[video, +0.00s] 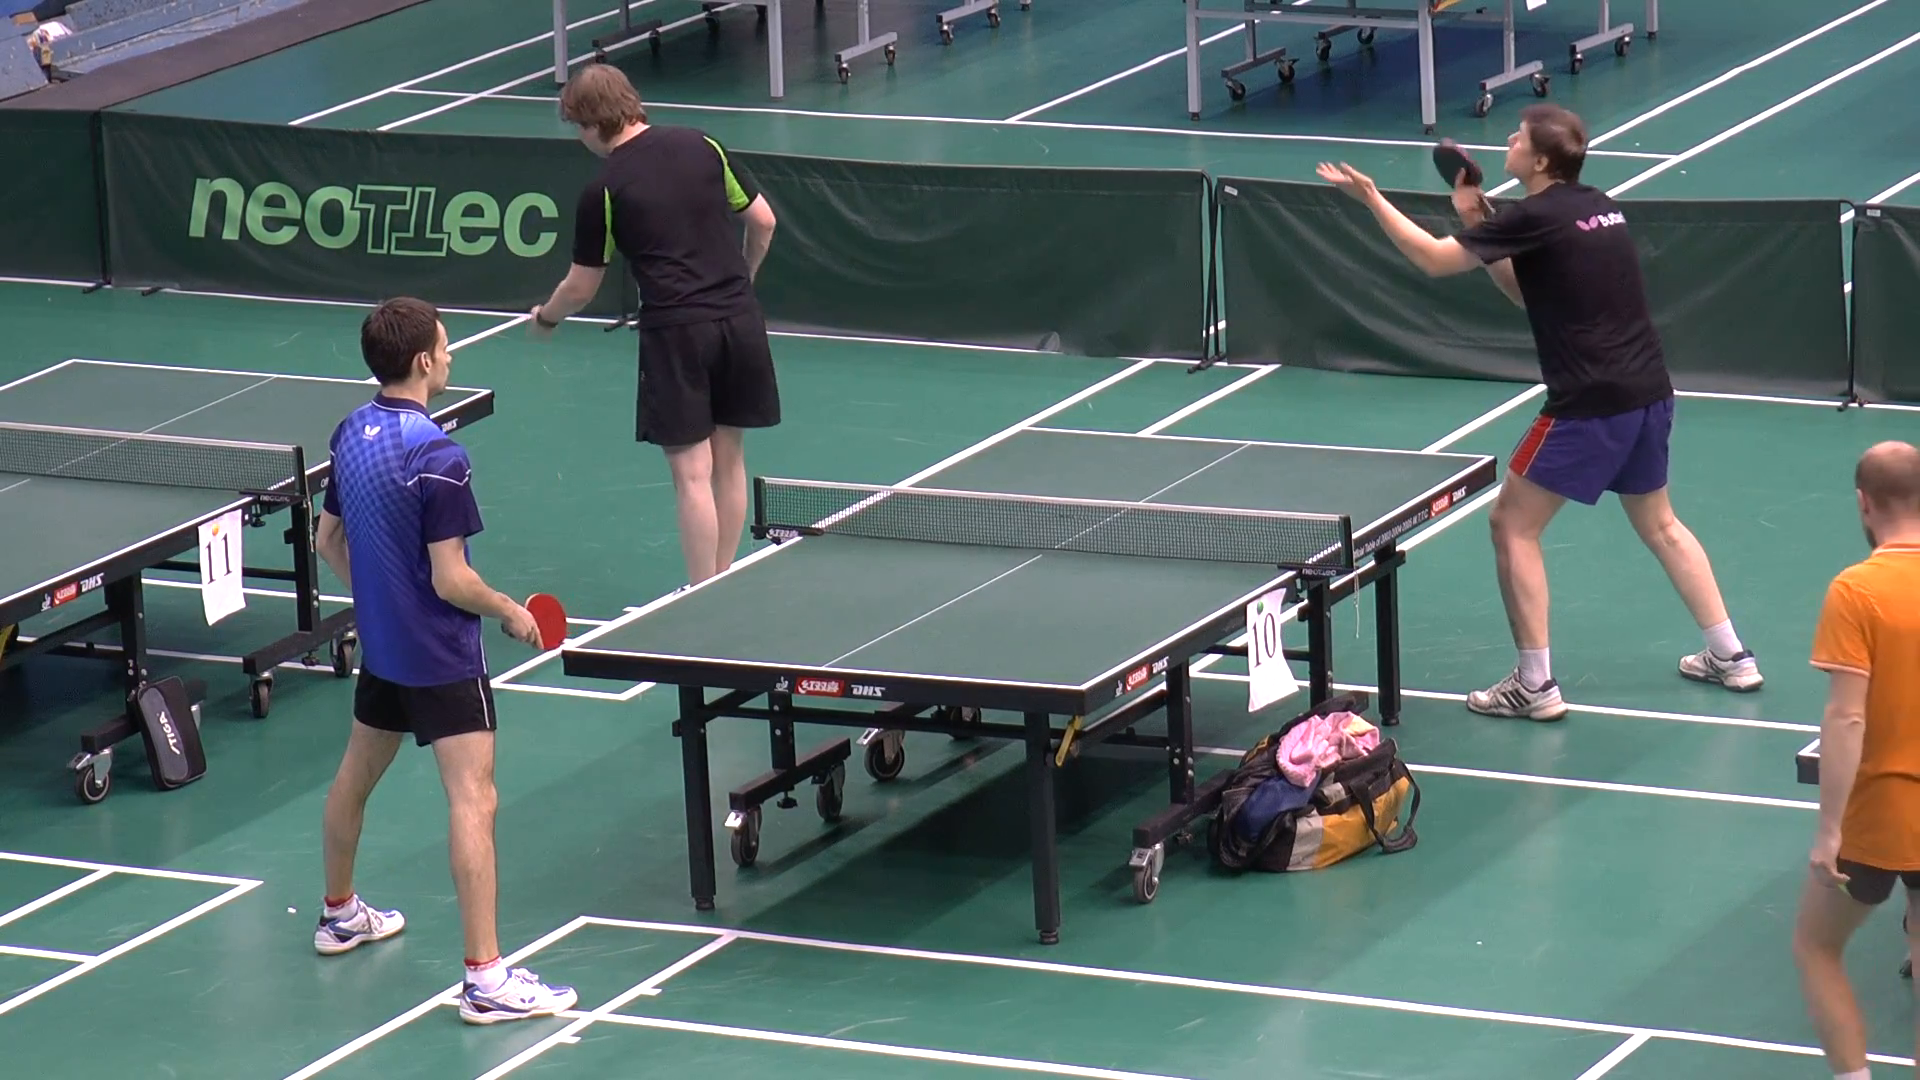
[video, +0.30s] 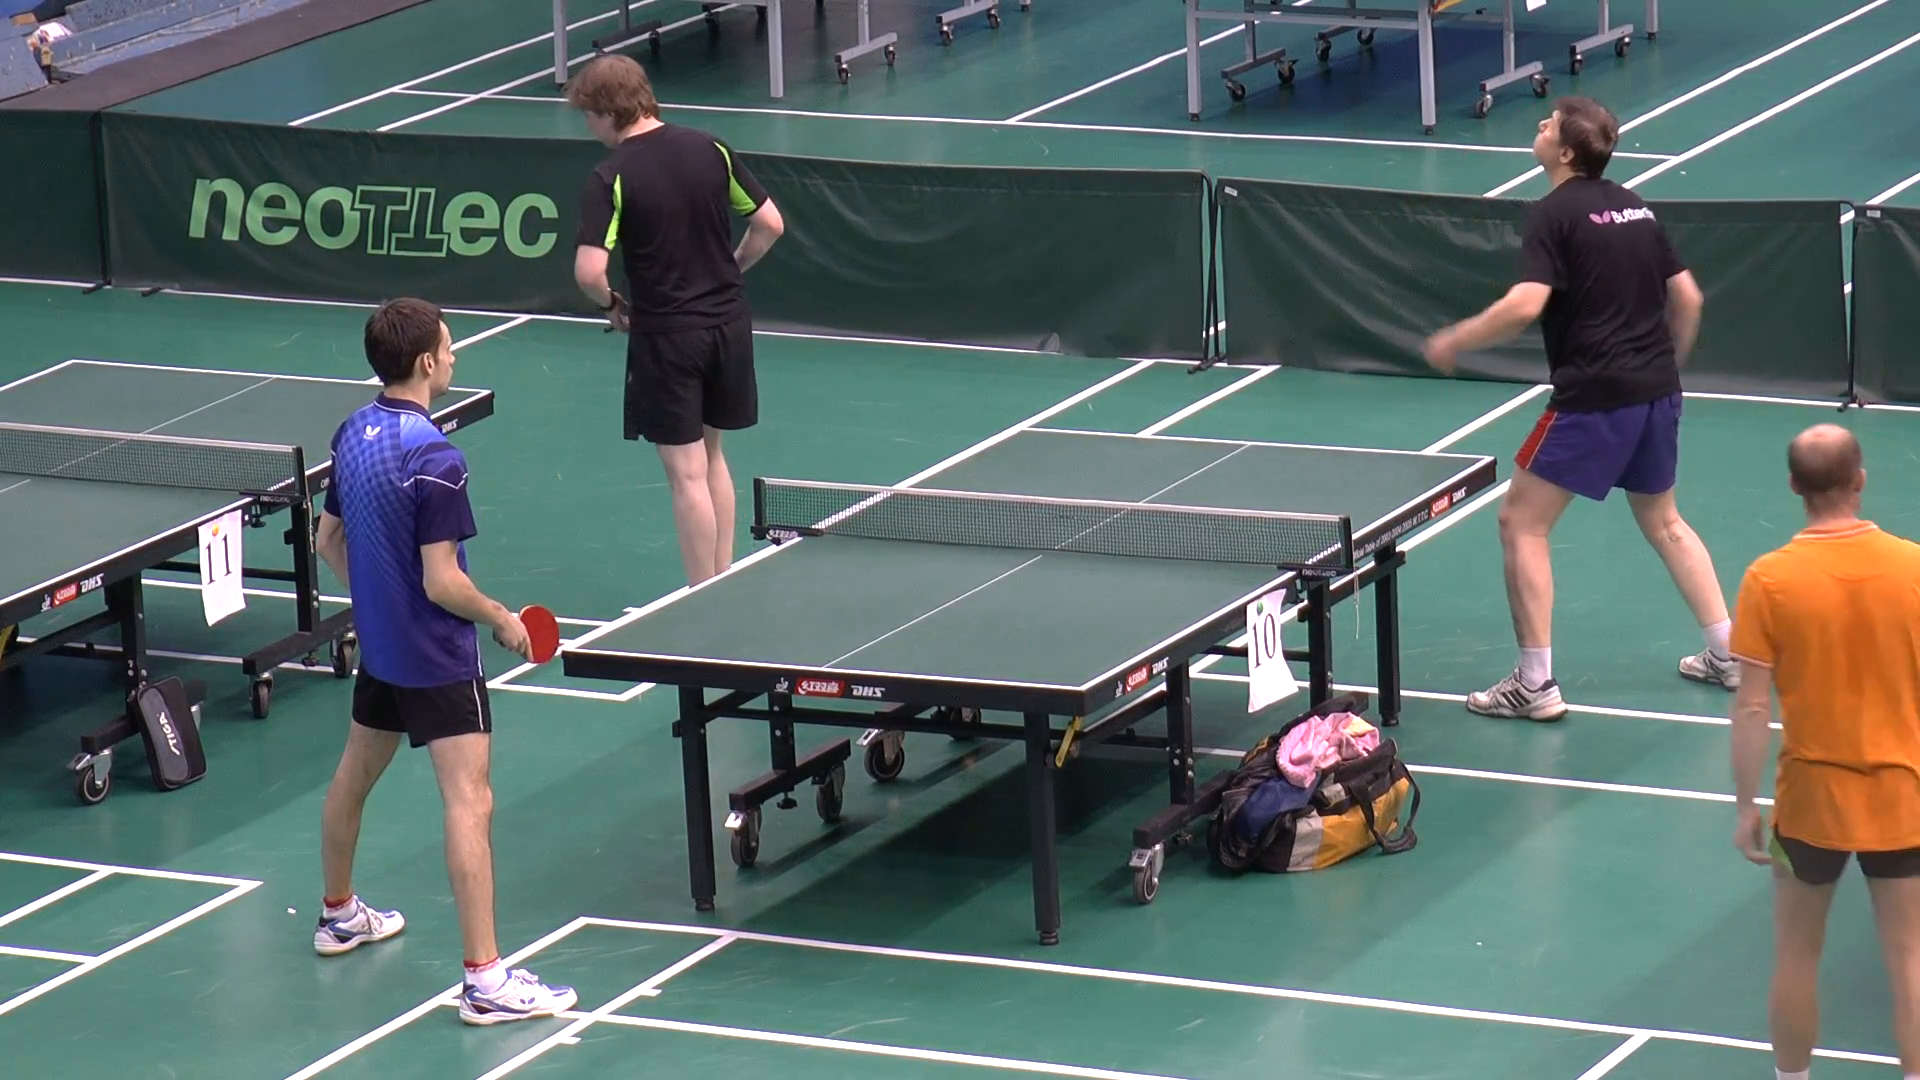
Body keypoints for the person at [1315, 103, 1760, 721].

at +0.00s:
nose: (1509, 143)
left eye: (1518, 137)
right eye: (1515, 135)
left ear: (1538, 156)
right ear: (1565, 160)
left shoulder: (1532, 214)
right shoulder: (1598, 205)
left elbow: (1435, 258)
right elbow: (1529, 292)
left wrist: (1371, 198)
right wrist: (1478, 222)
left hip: (1587, 405)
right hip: (1649, 395)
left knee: (1513, 525)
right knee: (1662, 525)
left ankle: (1534, 683)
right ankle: (1731, 655)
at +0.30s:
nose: (1539, 130)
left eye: (1547, 126)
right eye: (1545, 122)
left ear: (1564, 148)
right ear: (1595, 153)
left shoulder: (1552, 214)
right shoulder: (1634, 205)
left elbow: (1525, 305)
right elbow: (1687, 298)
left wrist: (1452, 339)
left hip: (1594, 399)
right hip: (1658, 394)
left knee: (1522, 521)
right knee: (1663, 520)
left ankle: (1534, 682)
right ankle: (1727, 651)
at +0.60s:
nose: (1547, 125)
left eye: (1555, 119)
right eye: (1553, 116)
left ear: (1570, 140)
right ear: (1606, 143)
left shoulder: (1558, 207)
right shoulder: (1658, 188)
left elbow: (1567, 290)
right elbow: (1742, 216)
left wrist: (1542, 381)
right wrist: (1757, 195)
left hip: (1615, 392)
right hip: (1683, 384)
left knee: (1544, 516)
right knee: (1685, 514)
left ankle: (1540, 673)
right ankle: (1722, 644)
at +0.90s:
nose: (1491, 185)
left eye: (1497, 174)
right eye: (1492, 174)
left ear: (1529, 178)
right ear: (1545, 172)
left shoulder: (1554, 234)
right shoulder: (1599, 199)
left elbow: (1600, 319)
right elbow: (1612, 263)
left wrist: (1567, 406)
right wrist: (1553, 291)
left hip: (1633, 394)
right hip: (1684, 382)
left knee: (1539, 509)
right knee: (1670, 516)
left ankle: (1568, 664)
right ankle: (1729, 635)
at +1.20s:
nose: (1434, 250)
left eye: (1445, 239)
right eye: (1429, 239)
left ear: (1480, 232)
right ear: (1428, 236)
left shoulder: (1532, 269)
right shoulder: (1478, 287)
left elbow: (1622, 319)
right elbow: (1512, 360)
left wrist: (1642, 407)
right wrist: (1464, 412)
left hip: (1596, 407)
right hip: (1565, 407)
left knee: (1514, 526)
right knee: (1546, 521)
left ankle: (1571, 668)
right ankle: (1675, 581)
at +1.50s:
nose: (1382, 229)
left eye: (1394, 218)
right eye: (1377, 218)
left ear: (1426, 213)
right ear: (1372, 216)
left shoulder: (1471, 262)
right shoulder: (1403, 259)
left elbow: (1554, 314)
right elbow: (1418, 326)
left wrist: (1582, 403)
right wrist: (1395, 384)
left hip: (1523, 396)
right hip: (1469, 392)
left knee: (1484, 525)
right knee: (1405, 491)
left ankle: (1568, 665)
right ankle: (1372, 595)